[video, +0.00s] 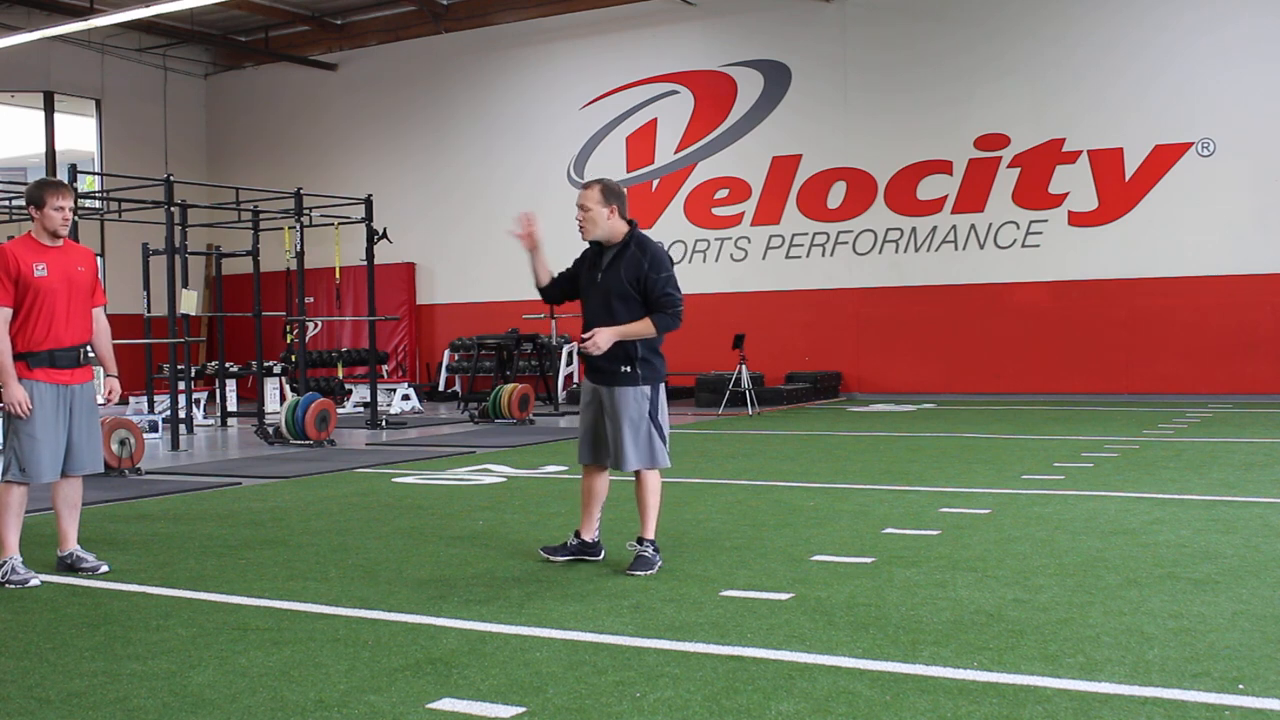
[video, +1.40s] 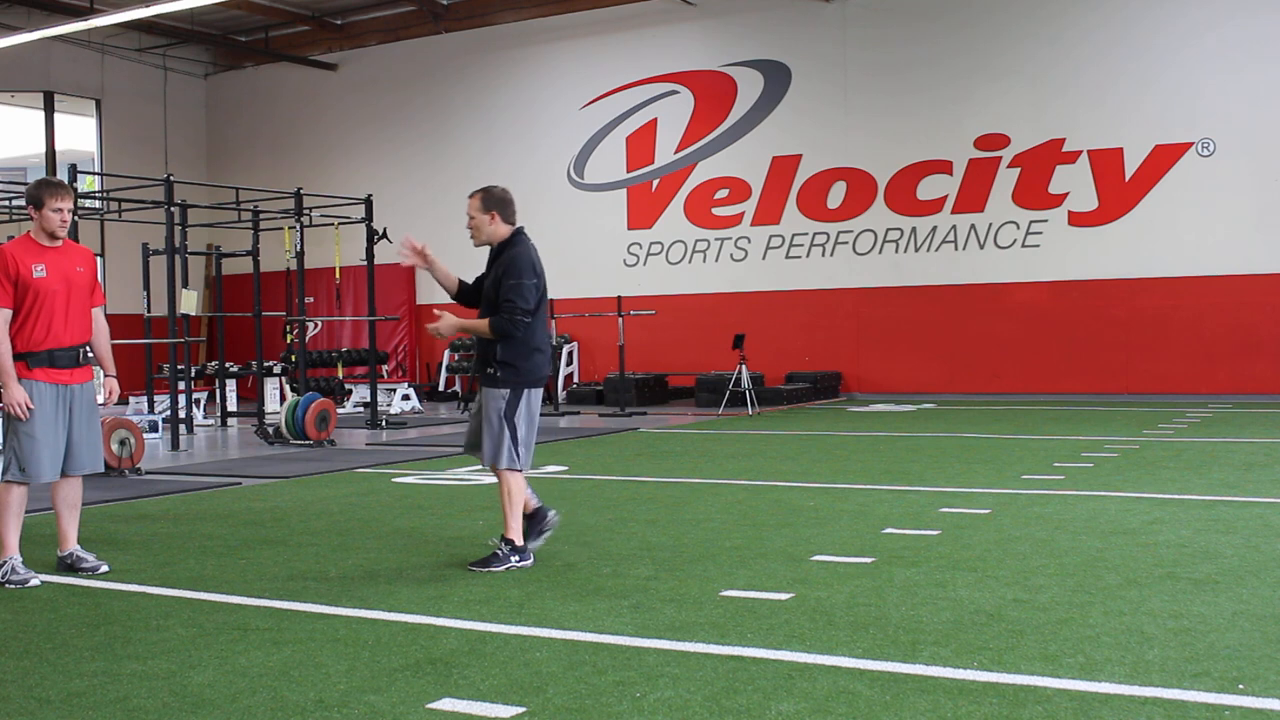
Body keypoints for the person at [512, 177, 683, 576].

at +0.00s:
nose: (578, 217)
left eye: (585, 210)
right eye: (578, 210)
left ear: (612, 213)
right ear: (600, 214)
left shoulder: (649, 254)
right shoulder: (591, 257)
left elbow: (670, 317)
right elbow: (552, 293)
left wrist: (614, 333)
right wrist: (534, 249)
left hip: (638, 380)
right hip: (596, 376)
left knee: (644, 461)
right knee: (594, 459)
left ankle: (647, 545)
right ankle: (587, 540)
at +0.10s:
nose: (579, 215)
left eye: (586, 207)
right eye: (576, 209)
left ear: (613, 208)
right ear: (578, 214)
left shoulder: (643, 255)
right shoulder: (584, 259)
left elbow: (664, 316)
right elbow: (539, 289)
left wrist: (609, 331)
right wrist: (501, 253)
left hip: (631, 380)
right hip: (590, 378)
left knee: (641, 462)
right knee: (589, 460)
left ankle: (647, 545)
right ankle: (586, 540)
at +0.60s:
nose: (547, 213)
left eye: (555, 205)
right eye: (543, 208)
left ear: (578, 209)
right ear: (541, 215)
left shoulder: (604, 257)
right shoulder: (543, 260)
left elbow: (620, 317)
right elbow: (497, 286)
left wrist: (566, 328)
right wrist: (444, 271)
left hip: (583, 371)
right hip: (549, 372)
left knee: (584, 450)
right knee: (563, 456)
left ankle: (614, 536)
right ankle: (583, 540)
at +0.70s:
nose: (540, 213)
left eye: (547, 205)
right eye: (535, 209)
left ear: (571, 209)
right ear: (534, 216)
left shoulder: (595, 256)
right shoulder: (539, 260)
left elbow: (610, 316)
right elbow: (492, 288)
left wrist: (555, 327)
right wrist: (441, 273)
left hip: (576, 369)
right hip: (548, 371)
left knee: (567, 452)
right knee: (564, 453)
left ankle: (584, 540)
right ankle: (583, 538)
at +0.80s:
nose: (530, 215)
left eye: (538, 207)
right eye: (526, 210)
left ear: (562, 210)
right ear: (527, 216)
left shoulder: (585, 255)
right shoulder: (534, 261)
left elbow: (599, 315)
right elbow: (489, 289)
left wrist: (543, 327)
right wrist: (437, 274)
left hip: (567, 369)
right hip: (548, 369)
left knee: (548, 452)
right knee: (567, 454)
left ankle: (547, 543)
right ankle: (586, 540)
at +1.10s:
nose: (496, 220)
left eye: (502, 212)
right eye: (496, 212)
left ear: (526, 214)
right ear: (524, 215)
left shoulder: (547, 255)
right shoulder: (526, 255)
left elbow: (555, 322)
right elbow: (481, 294)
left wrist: (502, 331)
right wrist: (428, 282)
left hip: (534, 375)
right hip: (535, 373)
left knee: (517, 457)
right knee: (547, 456)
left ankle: (516, 545)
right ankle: (581, 536)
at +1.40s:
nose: (468, 225)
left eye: (472, 218)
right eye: (468, 218)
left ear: (494, 218)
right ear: (494, 218)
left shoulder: (519, 256)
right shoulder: (504, 254)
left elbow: (512, 324)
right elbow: (471, 296)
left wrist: (460, 325)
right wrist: (432, 265)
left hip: (515, 378)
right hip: (497, 375)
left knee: (506, 459)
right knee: (486, 448)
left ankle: (514, 546)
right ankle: (534, 511)